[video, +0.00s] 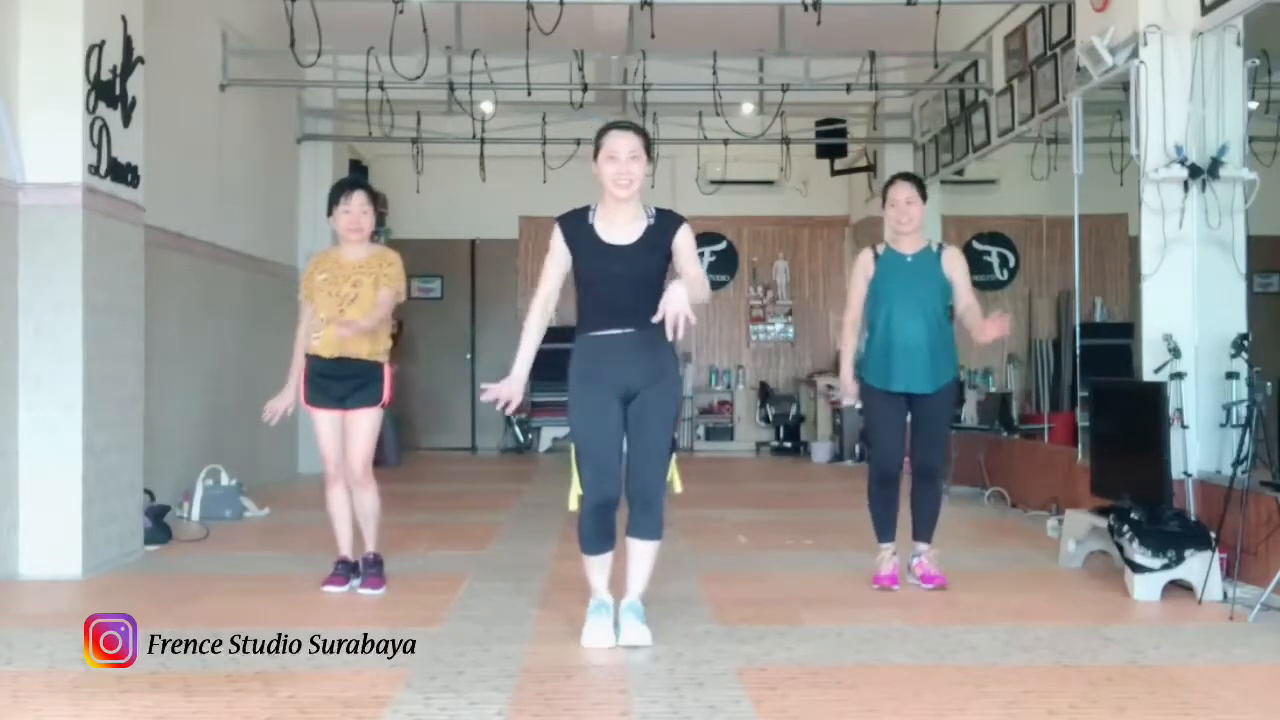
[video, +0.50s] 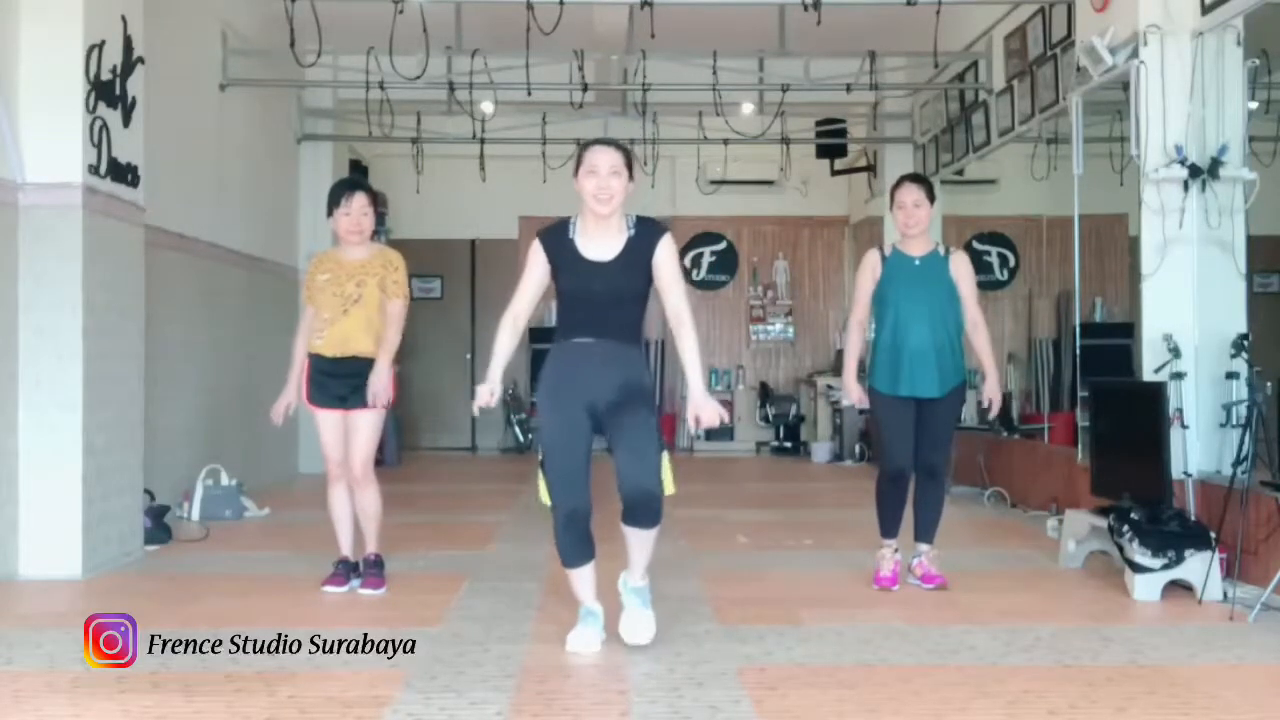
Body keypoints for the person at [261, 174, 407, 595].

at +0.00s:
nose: (355, 218)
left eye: (364, 211)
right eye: (346, 210)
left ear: (376, 219)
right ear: (332, 217)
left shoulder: (387, 262)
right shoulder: (318, 266)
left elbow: (382, 316)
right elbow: (304, 330)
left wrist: (351, 326)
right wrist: (291, 387)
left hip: (367, 371)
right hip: (321, 370)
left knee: (358, 470)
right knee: (333, 471)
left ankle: (371, 558)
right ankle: (345, 560)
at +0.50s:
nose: (356, 220)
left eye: (365, 212)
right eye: (347, 212)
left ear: (376, 218)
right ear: (331, 219)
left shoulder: (390, 262)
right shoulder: (320, 266)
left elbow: (395, 321)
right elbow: (306, 329)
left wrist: (383, 367)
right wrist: (292, 386)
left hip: (370, 368)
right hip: (324, 367)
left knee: (360, 468)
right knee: (335, 468)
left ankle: (372, 558)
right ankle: (346, 560)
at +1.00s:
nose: (371, 219)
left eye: (378, 211)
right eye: (361, 211)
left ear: (388, 216)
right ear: (345, 218)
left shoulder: (405, 259)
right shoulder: (332, 265)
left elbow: (421, 318)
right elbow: (318, 317)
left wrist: (430, 371)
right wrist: (318, 347)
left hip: (390, 368)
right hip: (341, 367)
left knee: (382, 468)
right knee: (346, 468)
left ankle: (393, 561)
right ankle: (349, 560)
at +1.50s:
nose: (367, 229)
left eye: (374, 221)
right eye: (357, 221)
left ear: (384, 225)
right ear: (341, 226)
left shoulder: (399, 268)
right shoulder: (327, 270)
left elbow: (413, 326)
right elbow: (307, 327)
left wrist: (418, 383)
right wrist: (312, 368)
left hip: (382, 372)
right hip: (335, 373)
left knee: (379, 466)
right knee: (341, 469)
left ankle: (393, 554)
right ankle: (349, 559)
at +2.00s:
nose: (354, 219)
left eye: (363, 212)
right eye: (346, 212)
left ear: (375, 219)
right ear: (332, 219)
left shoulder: (393, 262)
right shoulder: (322, 267)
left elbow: (416, 319)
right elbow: (309, 325)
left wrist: (398, 348)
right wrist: (303, 377)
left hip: (383, 371)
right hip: (336, 372)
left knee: (395, 469)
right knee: (344, 468)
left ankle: (408, 537)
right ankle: (350, 559)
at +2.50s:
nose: (356, 223)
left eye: (365, 215)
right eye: (347, 215)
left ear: (376, 222)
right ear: (333, 221)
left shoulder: (391, 266)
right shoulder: (320, 270)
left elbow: (408, 326)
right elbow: (305, 324)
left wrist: (423, 382)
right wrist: (297, 370)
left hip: (376, 373)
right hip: (327, 373)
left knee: (378, 470)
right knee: (338, 470)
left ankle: (397, 532)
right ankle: (348, 560)